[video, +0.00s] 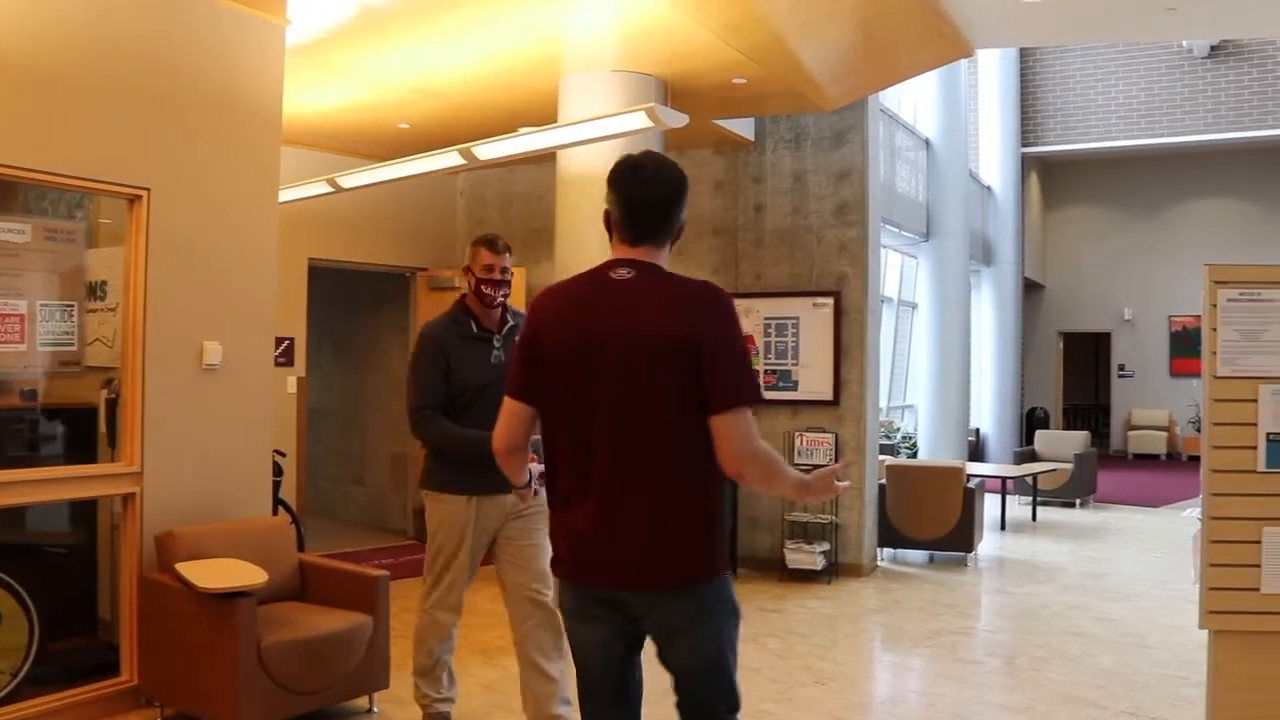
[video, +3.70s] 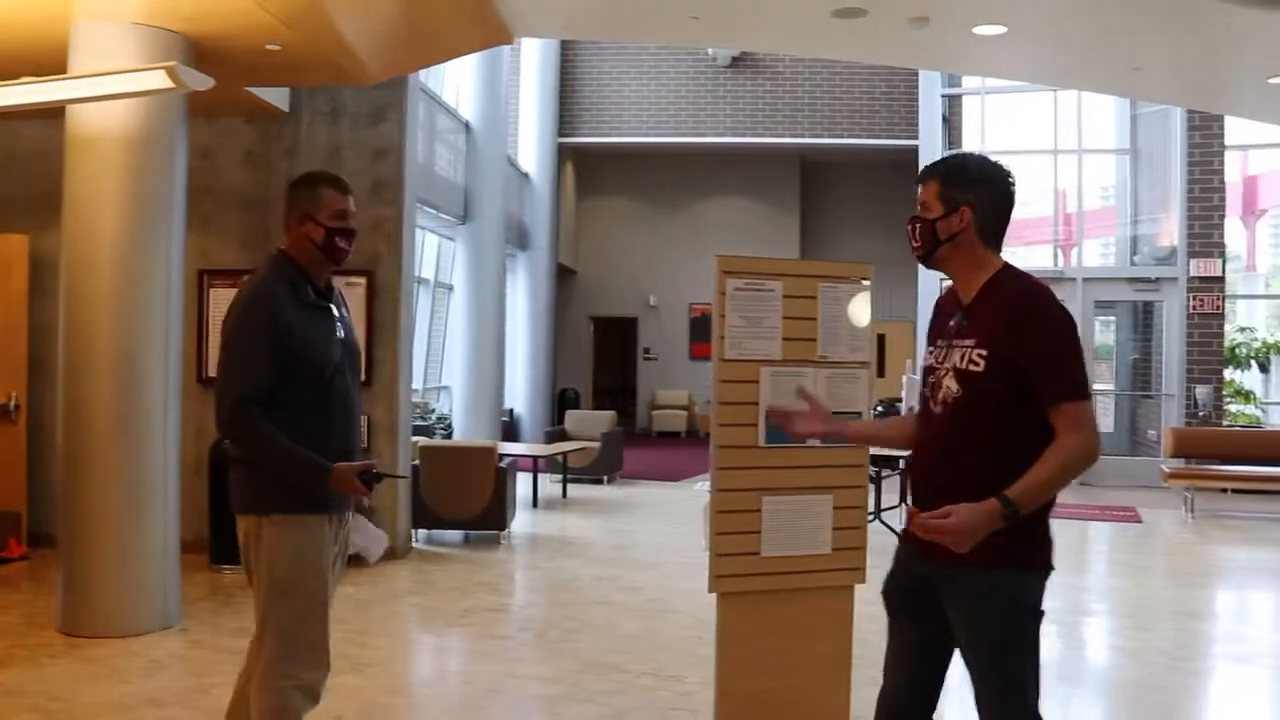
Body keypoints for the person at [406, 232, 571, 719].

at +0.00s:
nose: (497, 280)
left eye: (504, 272)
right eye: (488, 272)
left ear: (512, 275)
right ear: (467, 274)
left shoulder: (527, 333)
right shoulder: (438, 336)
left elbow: (547, 401)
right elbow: (423, 421)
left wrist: (539, 451)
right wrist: (497, 444)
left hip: (524, 489)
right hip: (457, 492)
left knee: (538, 602)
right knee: (443, 603)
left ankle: (554, 712)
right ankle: (436, 706)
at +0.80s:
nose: (512, 277)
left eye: (520, 272)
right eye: (504, 267)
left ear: (525, 279)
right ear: (481, 267)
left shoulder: (522, 341)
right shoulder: (438, 322)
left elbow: (543, 412)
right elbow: (395, 397)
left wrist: (607, 440)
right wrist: (450, 438)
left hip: (496, 493)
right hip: (441, 490)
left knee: (481, 612)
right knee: (456, 611)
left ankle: (467, 710)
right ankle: (463, 714)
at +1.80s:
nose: (467, 256)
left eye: (470, 247)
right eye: (455, 247)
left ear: (473, 252)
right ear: (422, 251)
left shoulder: (455, 317)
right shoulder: (392, 319)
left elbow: (469, 395)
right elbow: (362, 423)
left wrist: (527, 414)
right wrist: (443, 464)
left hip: (461, 501)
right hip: (406, 511)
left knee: (475, 616)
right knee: (416, 649)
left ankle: (439, 714)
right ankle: (404, 719)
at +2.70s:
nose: (430, 257)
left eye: (435, 250)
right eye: (421, 246)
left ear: (436, 256)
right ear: (390, 246)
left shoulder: (415, 320)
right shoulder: (348, 308)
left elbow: (433, 414)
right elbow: (313, 398)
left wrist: (501, 443)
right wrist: (392, 438)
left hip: (412, 499)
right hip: (361, 498)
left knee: (392, 633)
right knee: (370, 630)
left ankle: (369, 712)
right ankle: (324, 717)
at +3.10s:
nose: (398, 255)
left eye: (403, 247)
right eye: (389, 243)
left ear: (404, 251)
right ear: (355, 240)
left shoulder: (378, 317)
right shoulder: (311, 302)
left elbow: (384, 415)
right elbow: (274, 396)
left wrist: (425, 479)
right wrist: (351, 449)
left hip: (361, 495)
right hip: (314, 495)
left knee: (312, 631)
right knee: (338, 640)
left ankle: (303, 715)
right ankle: (343, 718)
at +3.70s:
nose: (347, 238)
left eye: (351, 228)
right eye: (336, 225)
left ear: (352, 229)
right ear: (298, 224)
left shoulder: (324, 295)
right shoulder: (264, 297)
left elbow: (325, 399)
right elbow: (236, 417)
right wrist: (327, 474)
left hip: (319, 506)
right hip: (283, 508)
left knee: (279, 661)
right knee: (295, 672)